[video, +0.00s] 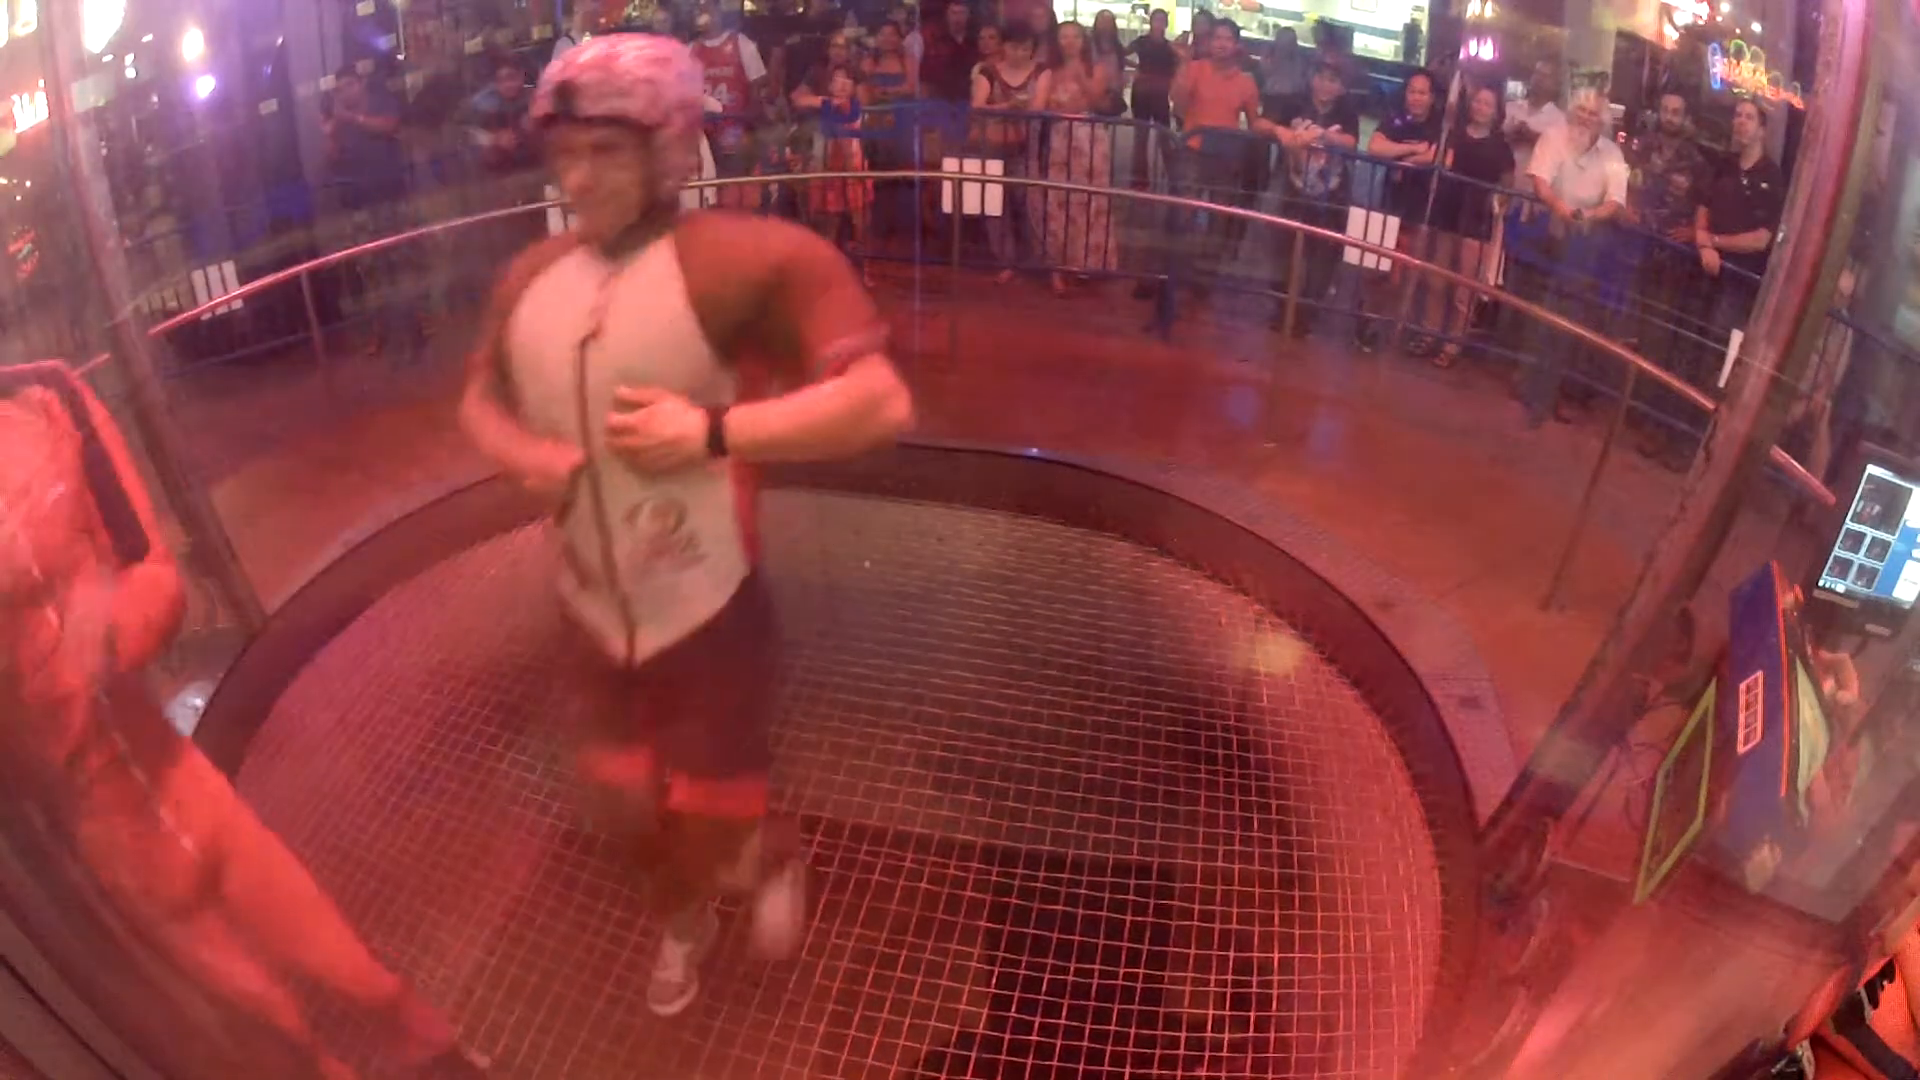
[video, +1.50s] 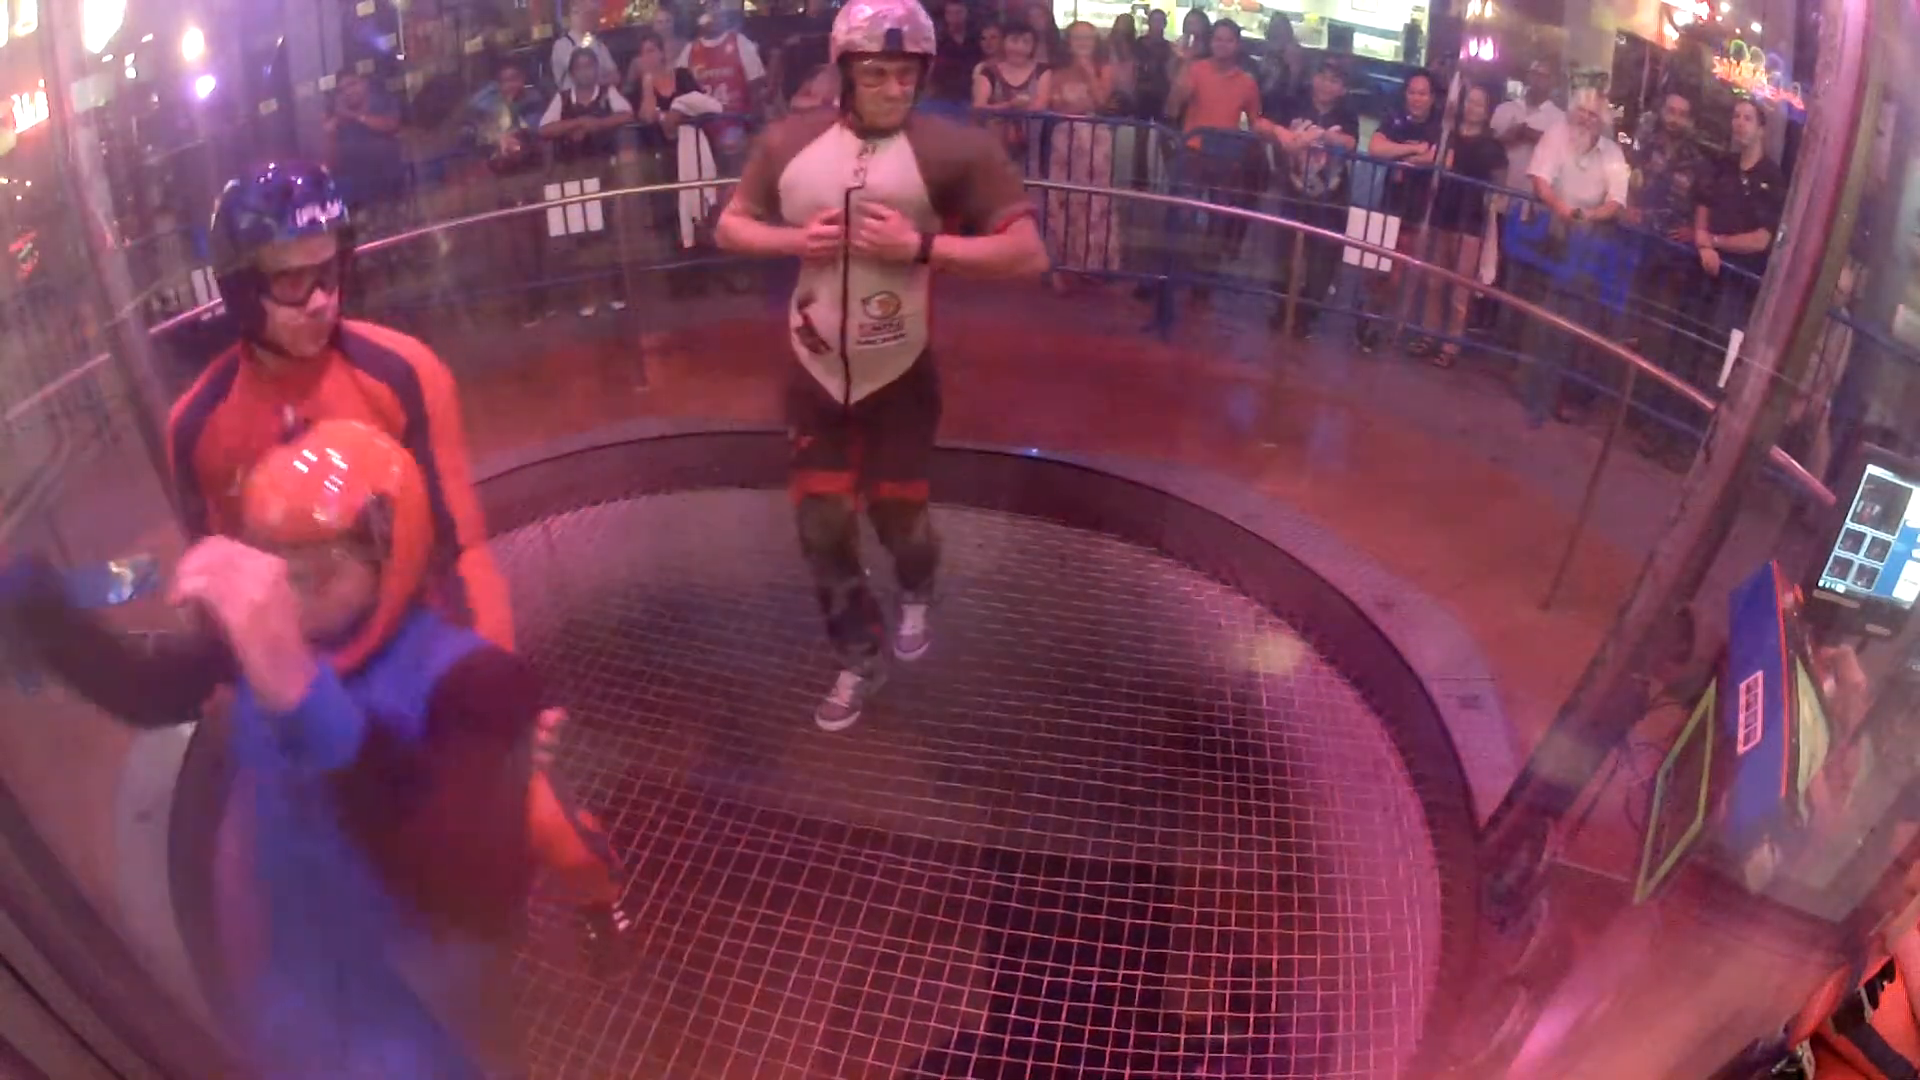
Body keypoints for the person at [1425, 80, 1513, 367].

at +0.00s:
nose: (1481, 107)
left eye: (1487, 104)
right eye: (1477, 101)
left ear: (1497, 112)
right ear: (1469, 104)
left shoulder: (1501, 148)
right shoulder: (1454, 137)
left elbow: (1507, 188)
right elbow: (1440, 168)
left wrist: (1496, 207)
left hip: (1476, 220)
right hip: (1445, 212)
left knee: (1463, 288)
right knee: (1435, 281)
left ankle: (1453, 342)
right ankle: (1430, 333)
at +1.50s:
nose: (1472, 108)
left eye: (1478, 103)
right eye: (1468, 101)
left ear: (1488, 110)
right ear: (1461, 106)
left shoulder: (1492, 147)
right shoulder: (1449, 139)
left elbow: (1498, 184)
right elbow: (1436, 171)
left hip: (1472, 218)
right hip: (1442, 213)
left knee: (1461, 285)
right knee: (1434, 279)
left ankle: (1451, 342)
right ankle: (1428, 333)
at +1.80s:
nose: (1471, 108)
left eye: (1477, 104)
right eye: (1468, 101)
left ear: (1486, 111)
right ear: (1460, 105)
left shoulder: (1488, 147)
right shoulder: (1448, 138)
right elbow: (1435, 166)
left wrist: (1452, 158)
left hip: (1467, 219)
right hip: (1439, 212)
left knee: (1457, 282)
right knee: (1432, 278)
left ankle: (1451, 341)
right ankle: (1428, 333)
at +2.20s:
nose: (1468, 109)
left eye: (1475, 105)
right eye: (1466, 103)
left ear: (1485, 112)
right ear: (1459, 106)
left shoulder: (1485, 148)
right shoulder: (1447, 139)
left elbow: (1476, 170)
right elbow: (1432, 164)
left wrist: (1449, 159)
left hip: (1461, 218)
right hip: (1435, 212)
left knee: (1449, 284)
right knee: (1432, 280)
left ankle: (1451, 340)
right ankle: (1428, 332)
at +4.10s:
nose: (1485, 113)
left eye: (1492, 109)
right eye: (1482, 106)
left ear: (1501, 116)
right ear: (1473, 109)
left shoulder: (1506, 150)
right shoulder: (1459, 139)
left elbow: (1510, 187)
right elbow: (1445, 168)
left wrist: (1500, 201)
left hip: (1481, 217)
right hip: (1451, 210)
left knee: (1469, 283)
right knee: (1440, 277)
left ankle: (1460, 339)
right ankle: (1432, 331)